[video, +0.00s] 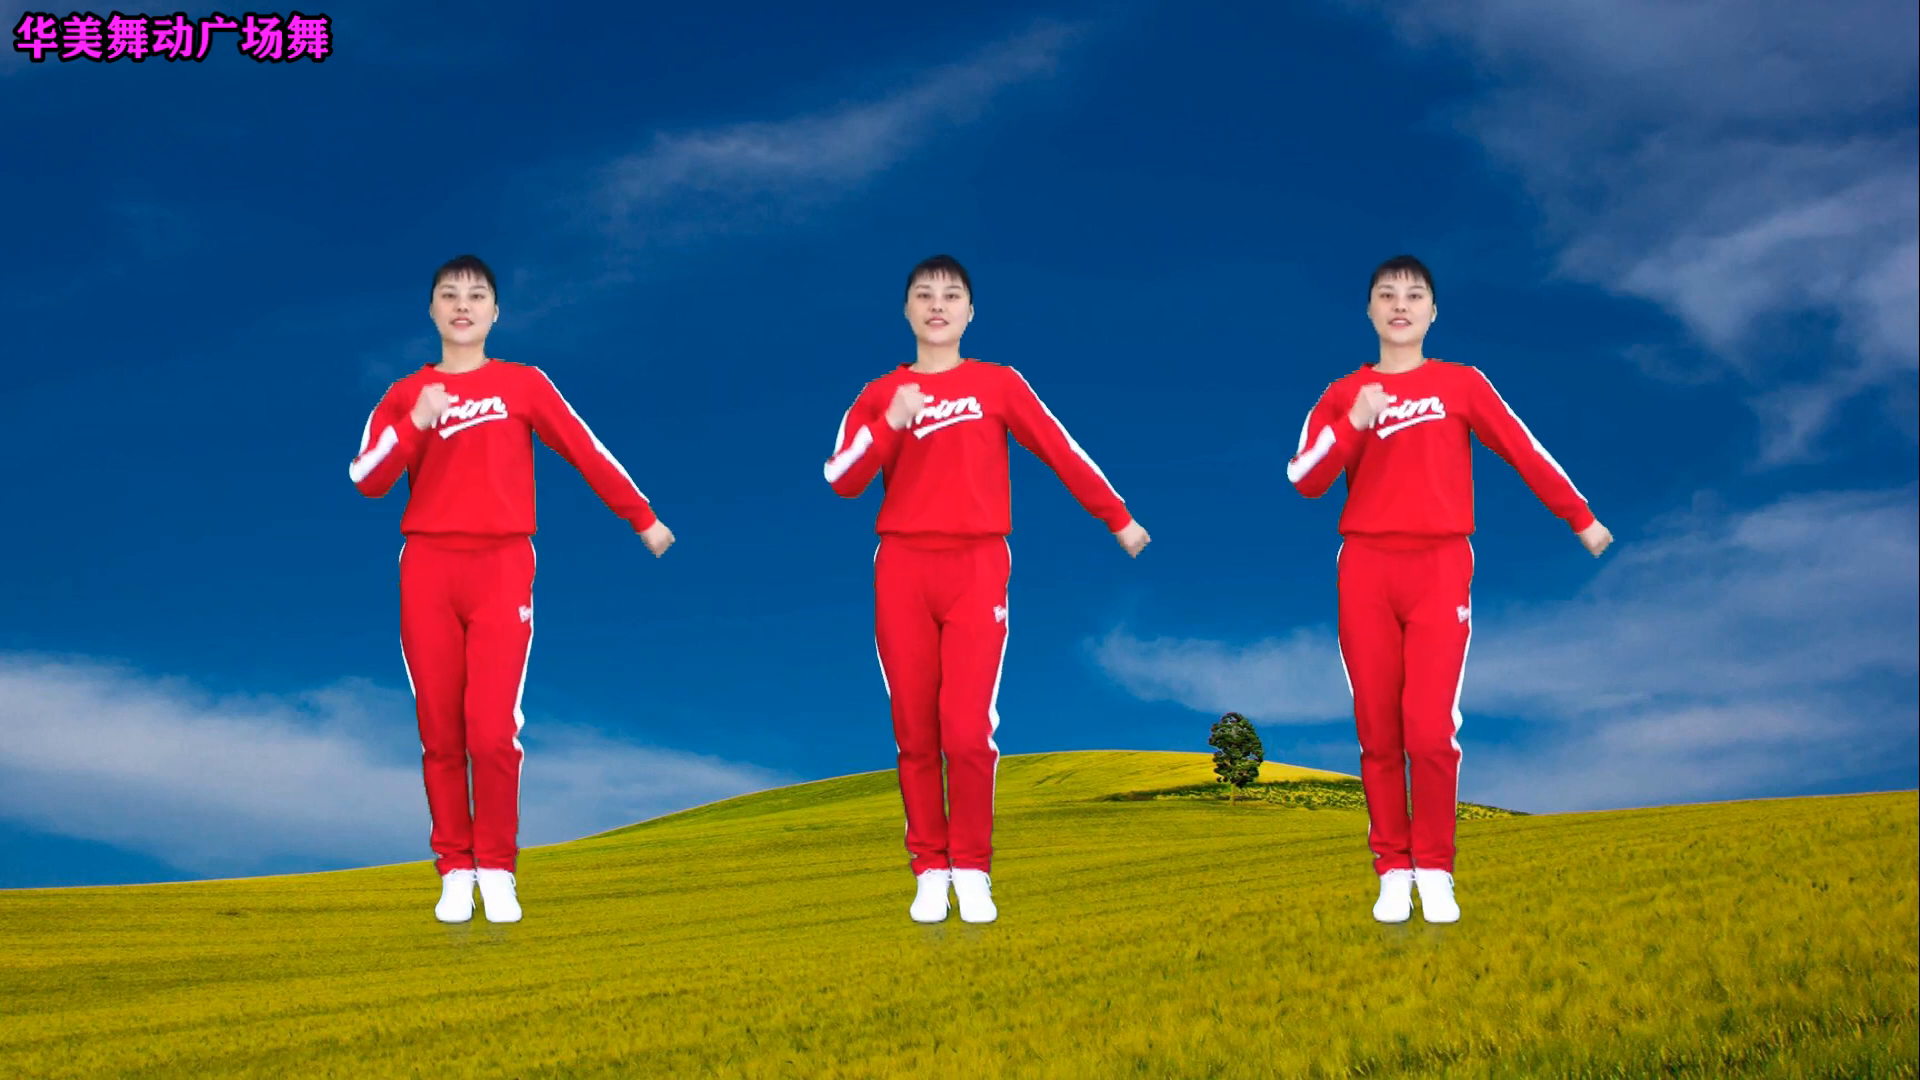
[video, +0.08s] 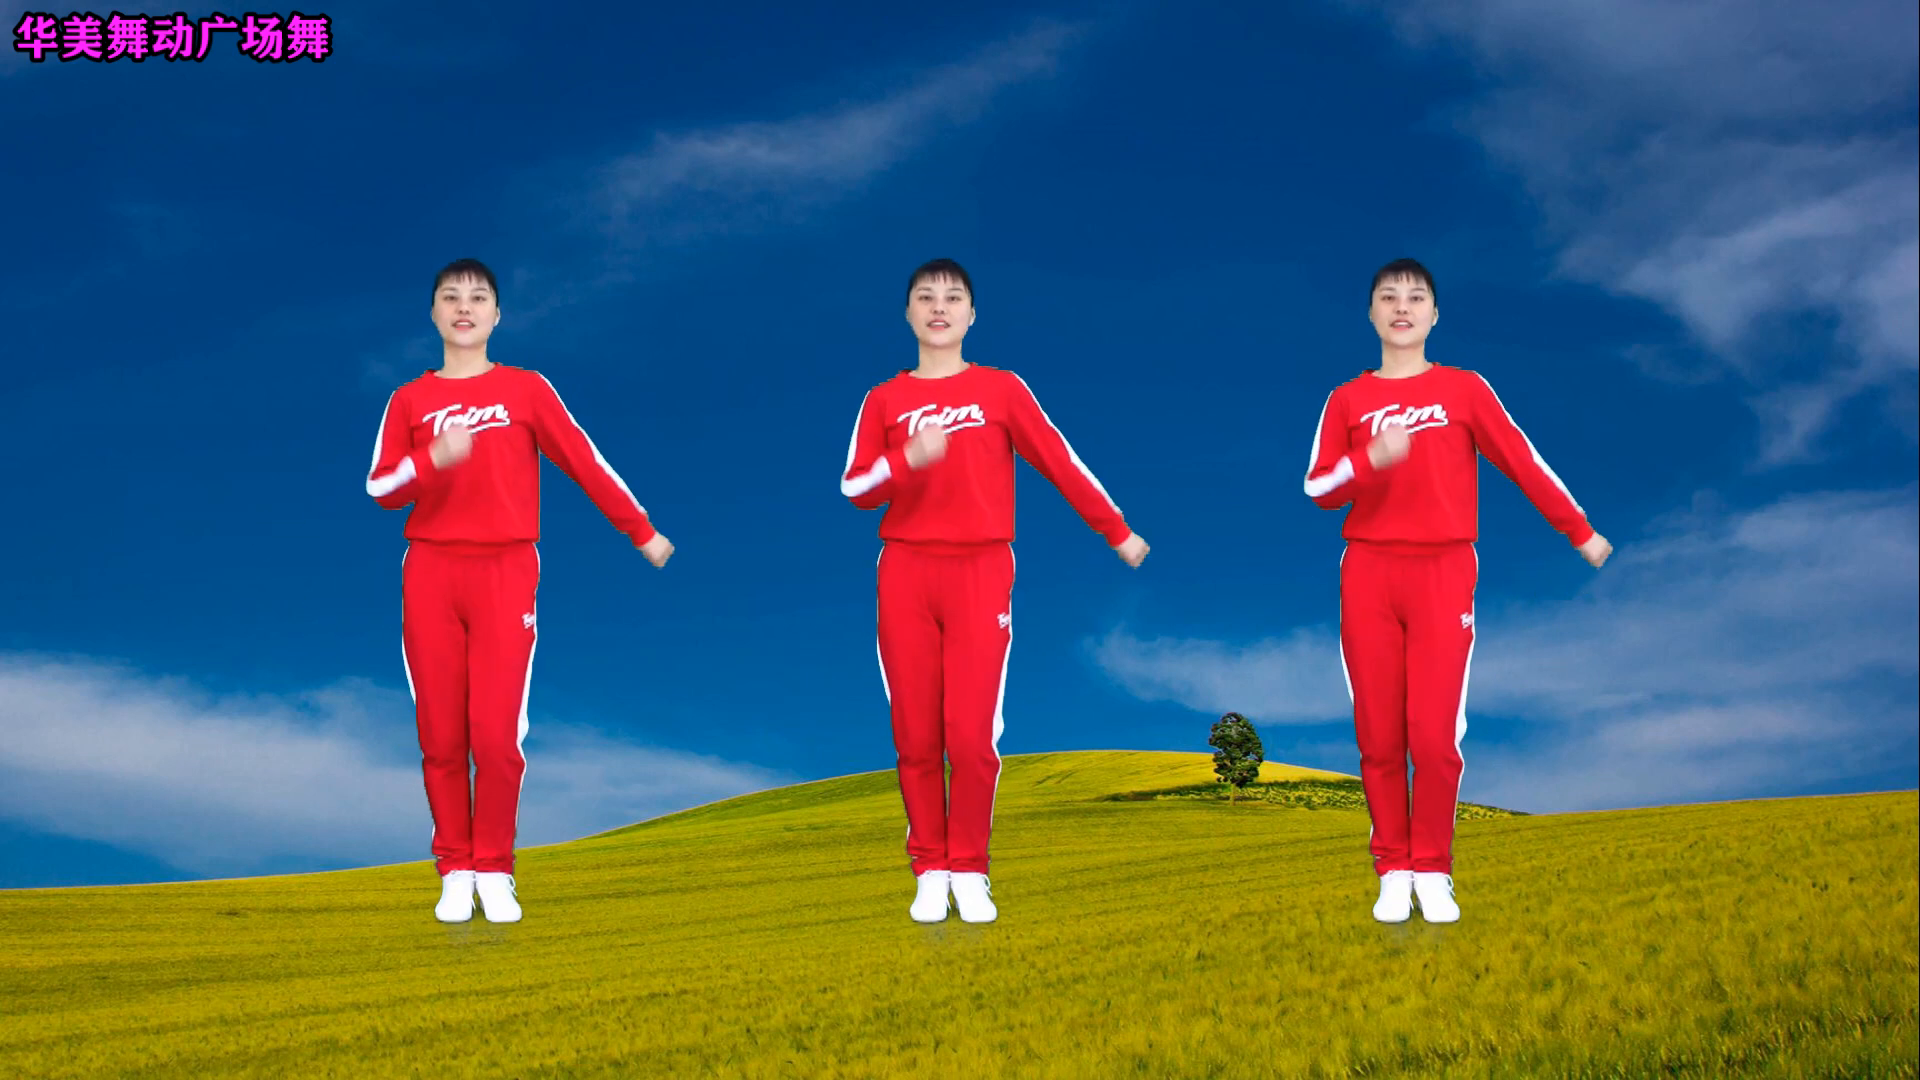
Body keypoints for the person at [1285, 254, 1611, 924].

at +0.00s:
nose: (1401, 305)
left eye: (1414, 296)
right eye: (1388, 296)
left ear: (1432, 311)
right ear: (1370, 310)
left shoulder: (1462, 383)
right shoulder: (1342, 394)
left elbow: (1525, 452)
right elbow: (1306, 481)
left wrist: (1582, 518)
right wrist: (1352, 425)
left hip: (1441, 566)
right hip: (1365, 568)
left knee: (1430, 730)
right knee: (1378, 732)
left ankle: (1434, 870)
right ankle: (1392, 869)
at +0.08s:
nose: (1403, 307)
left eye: (1415, 298)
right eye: (1390, 298)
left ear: (1433, 314)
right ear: (1372, 314)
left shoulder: (1465, 388)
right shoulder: (1346, 398)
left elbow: (1525, 463)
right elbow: (1319, 489)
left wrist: (1581, 532)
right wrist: (1369, 462)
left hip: (1444, 570)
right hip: (1368, 571)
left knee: (1435, 731)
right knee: (1379, 731)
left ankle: (1432, 869)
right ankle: (1392, 868)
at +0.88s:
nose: (1427, 299)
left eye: (1434, 290)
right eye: (1410, 291)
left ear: (1445, 309)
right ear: (1381, 311)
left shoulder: (1470, 387)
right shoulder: (1354, 381)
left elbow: (1493, 469)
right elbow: (1268, 422)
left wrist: (1494, 536)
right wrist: (1177, 459)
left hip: (1457, 563)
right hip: (1385, 565)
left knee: (1450, 726)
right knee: (1390, 725)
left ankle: (1437, 865)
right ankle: (1388, 869)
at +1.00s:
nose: (1433, 314)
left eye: (1436, 305)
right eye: (1415, 306)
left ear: (1444, 324)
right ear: (1381, 327)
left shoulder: (1471, 404)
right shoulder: (1361, 404)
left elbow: (1495, 498)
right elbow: (1295, 472)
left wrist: (1511, 583)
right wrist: (1229, 539)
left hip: (1454, 580)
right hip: (1380, 577)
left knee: (1460, 729)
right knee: (1385, 732)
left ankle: (1446, 844)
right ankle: (1387, 871)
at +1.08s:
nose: (1435, 319)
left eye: (1437, 310)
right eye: (1418, 311)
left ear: (1443, 329)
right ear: (1382, 331)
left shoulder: (1469, 411)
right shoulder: (1367, 407)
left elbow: (1490, 508)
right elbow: (1348, 497)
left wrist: (1504, 590)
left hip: (1453, 588)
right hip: (1381, 585)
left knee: (1473, 725)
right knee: (1385, 741)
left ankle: (1461, 829)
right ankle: (1386, 870)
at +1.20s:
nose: (1438, 301)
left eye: (1440, 291)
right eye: (1421, 291)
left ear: (1444, 309)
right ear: (1385, 311)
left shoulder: (1469, 392)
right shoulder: (1371, 378)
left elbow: (1489, 490)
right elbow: (1428, 429)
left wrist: (1499, 567)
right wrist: (1522, 452)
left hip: (1465, 565)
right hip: (1394, 561)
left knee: (1496, 709)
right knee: (1392, 724)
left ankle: (1500, 834)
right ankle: (1386, 868)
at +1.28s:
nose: (1443, 289)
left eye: (1446, 279)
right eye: (1426, 279)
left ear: (1451, 297)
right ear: (1391, 299)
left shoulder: (1473, 369)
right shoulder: (1375, 364)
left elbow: (1498, 467)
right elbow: (1443, 362)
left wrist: (1510, 552)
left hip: (1477, 548)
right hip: (1405, 548)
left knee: (1509, 706)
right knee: (1400, 716)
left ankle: (1533, 846)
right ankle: (1388, 864)